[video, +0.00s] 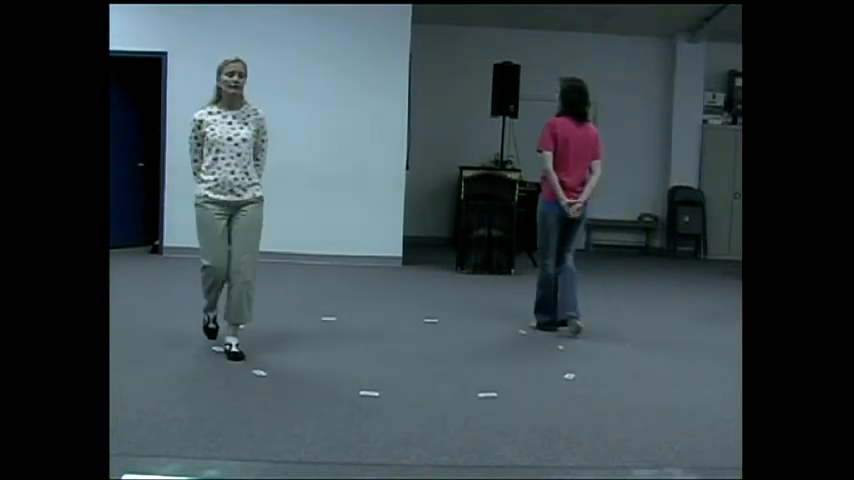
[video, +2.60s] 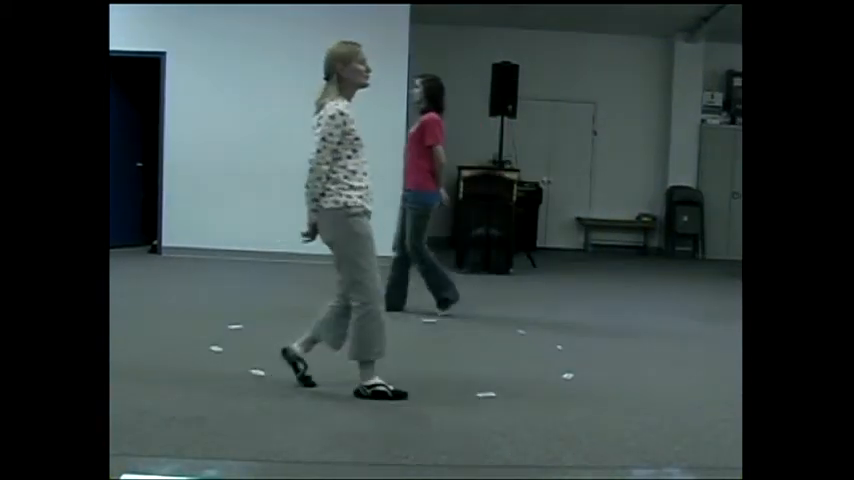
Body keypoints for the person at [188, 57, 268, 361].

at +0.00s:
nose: (235, 80)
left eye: (240, 76)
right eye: (229, 75)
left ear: (246, 82)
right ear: (219, 79)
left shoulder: (256, 118)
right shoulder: (203, 117)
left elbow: (260, 159)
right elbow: (196, 160)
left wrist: (251, 185)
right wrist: (207, 184)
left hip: (248, 199)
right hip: (211, 198)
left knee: (242, 269)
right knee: (217, 266)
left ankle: (233, 336)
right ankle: (210, 310)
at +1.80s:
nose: (287, 74)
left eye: (286, 68)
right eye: (279, 68)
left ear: (280, 75)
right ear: (258, 74)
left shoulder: (285, 115)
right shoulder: (236, 116)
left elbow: (278, 163)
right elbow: (219, 164)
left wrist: (264, 191)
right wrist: (227, 199)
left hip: (279, 211)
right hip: (241, 210)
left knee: (278, 286)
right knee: (232, 282)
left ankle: (282, 360)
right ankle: (214, 345)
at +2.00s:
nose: (309, 71)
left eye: (308, 66)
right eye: (301, 67)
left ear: (299, 75)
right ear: (281, 74)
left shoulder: (306, 115)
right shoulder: (260, 116)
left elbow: (297, 164)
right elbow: (243, 165)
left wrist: (275, 192)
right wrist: (250, 201)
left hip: (304, 211)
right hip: (268, 211)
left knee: (301, 289)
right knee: (275, 288)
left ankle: (286, 364)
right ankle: (229, 332)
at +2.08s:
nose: (315, 73)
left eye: (314, 68)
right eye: (308, 69)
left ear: (304, 77)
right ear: (287, 75)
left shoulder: (311, 118)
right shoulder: (267, 118)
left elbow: (303, 168)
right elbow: (249, 168)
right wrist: (254, 206)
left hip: (307, 212)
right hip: (273, 211)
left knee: (310, 289)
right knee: (291, 289)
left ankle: (286, 364)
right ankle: (240, 331)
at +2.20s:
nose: (329, 69)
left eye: (328, 64)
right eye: (322, 65)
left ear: (319, 72)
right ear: (301, 71)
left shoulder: (319, 114)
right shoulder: (283, 113)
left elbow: (311, 165)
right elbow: (262, 164)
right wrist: (264, 209)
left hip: (316, 207)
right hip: (287, 206)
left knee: (314, 284)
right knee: (318, 282)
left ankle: (287, 359)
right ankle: (283, 354)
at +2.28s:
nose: (336, 69)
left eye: (336, 63)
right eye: (329, 63)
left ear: (324, 71)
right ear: (308, 69)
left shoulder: (323, 110)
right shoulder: (294, 110)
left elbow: (316, 163)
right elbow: (271, 160)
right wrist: (269, 204)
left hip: (319, 207)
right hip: (295, 205)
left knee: (304, 286)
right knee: (326, 280)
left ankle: (285, 362)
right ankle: (314, 367)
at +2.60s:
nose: (368, 69)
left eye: (366, 64)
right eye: (360, 64)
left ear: (345, 72)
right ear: (340, 70)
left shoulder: (339, 112)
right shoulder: (335, 113)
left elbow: (325, 168)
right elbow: (319, 167)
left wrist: (315, 216)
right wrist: (312, 215)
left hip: (340, 211)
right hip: (345, 212)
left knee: (353, 295)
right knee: (368, 293)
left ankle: (300, 349)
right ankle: (369, 379)